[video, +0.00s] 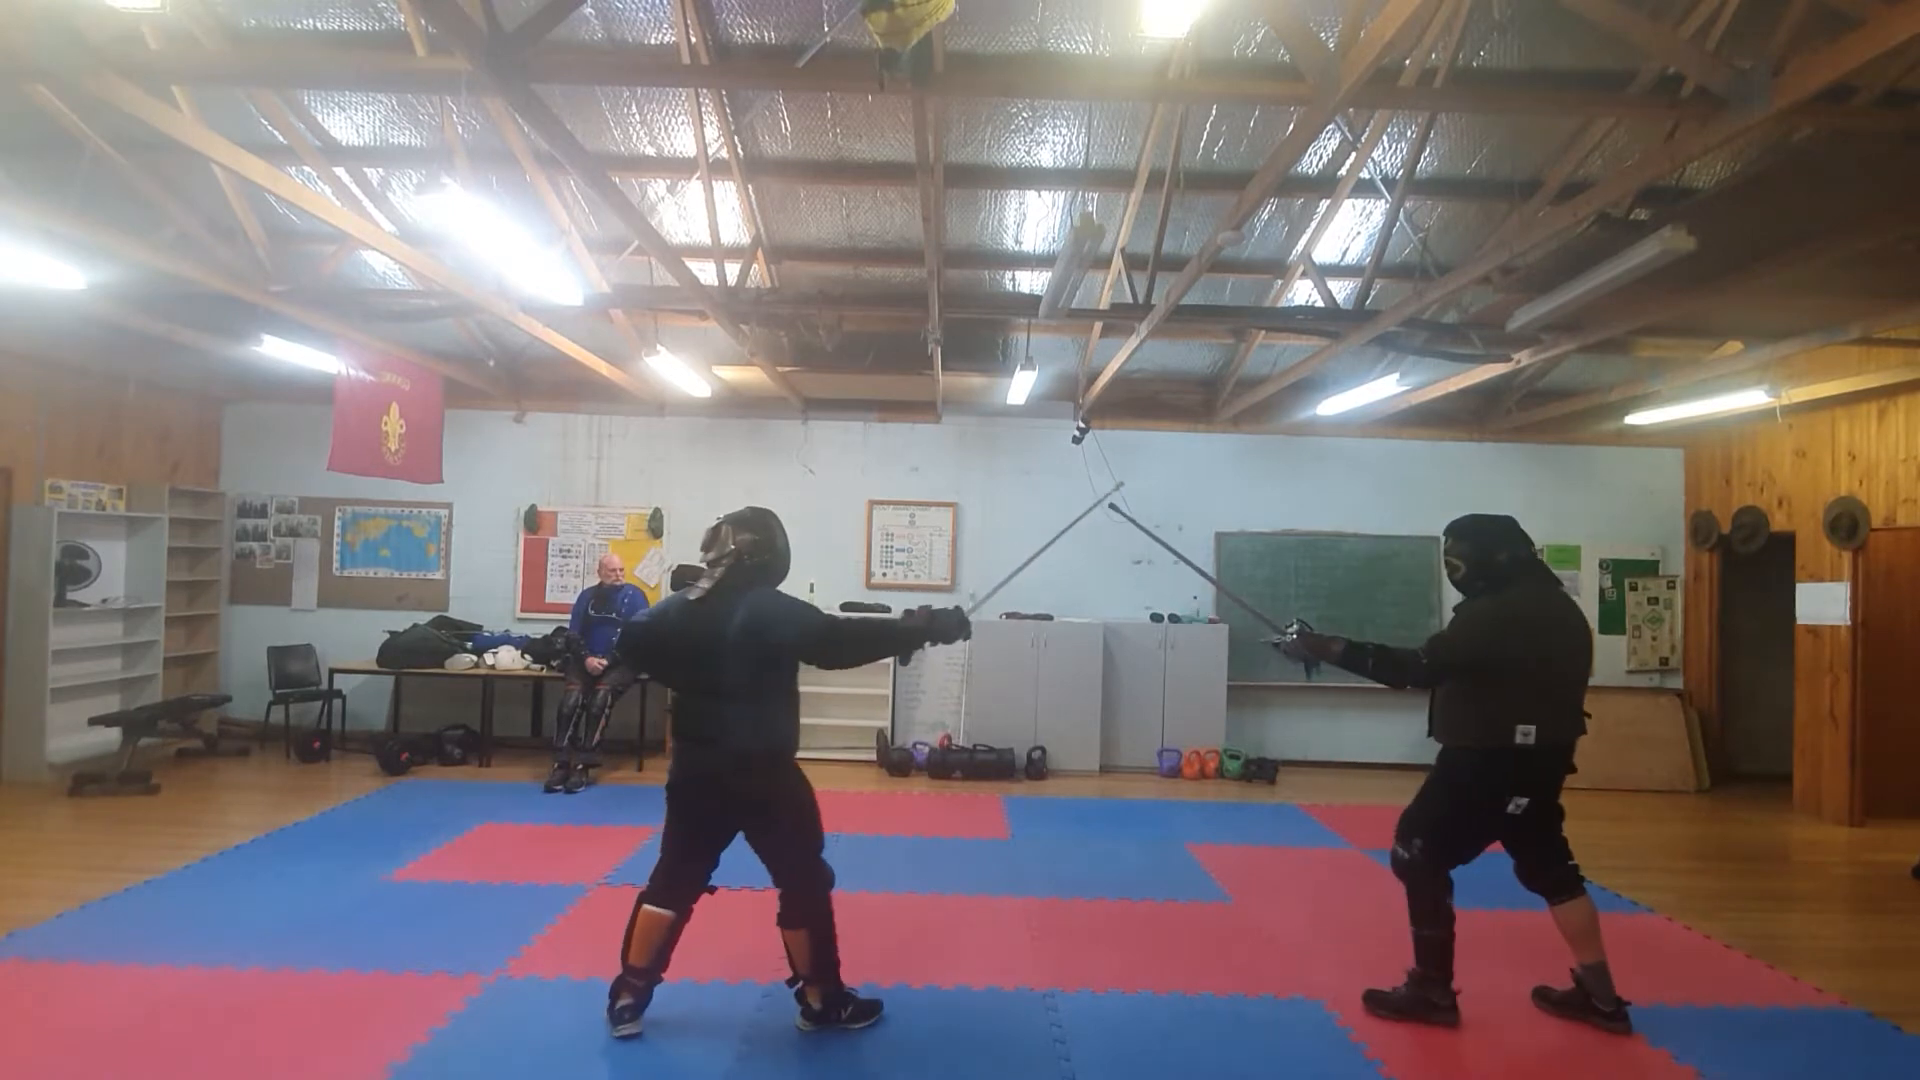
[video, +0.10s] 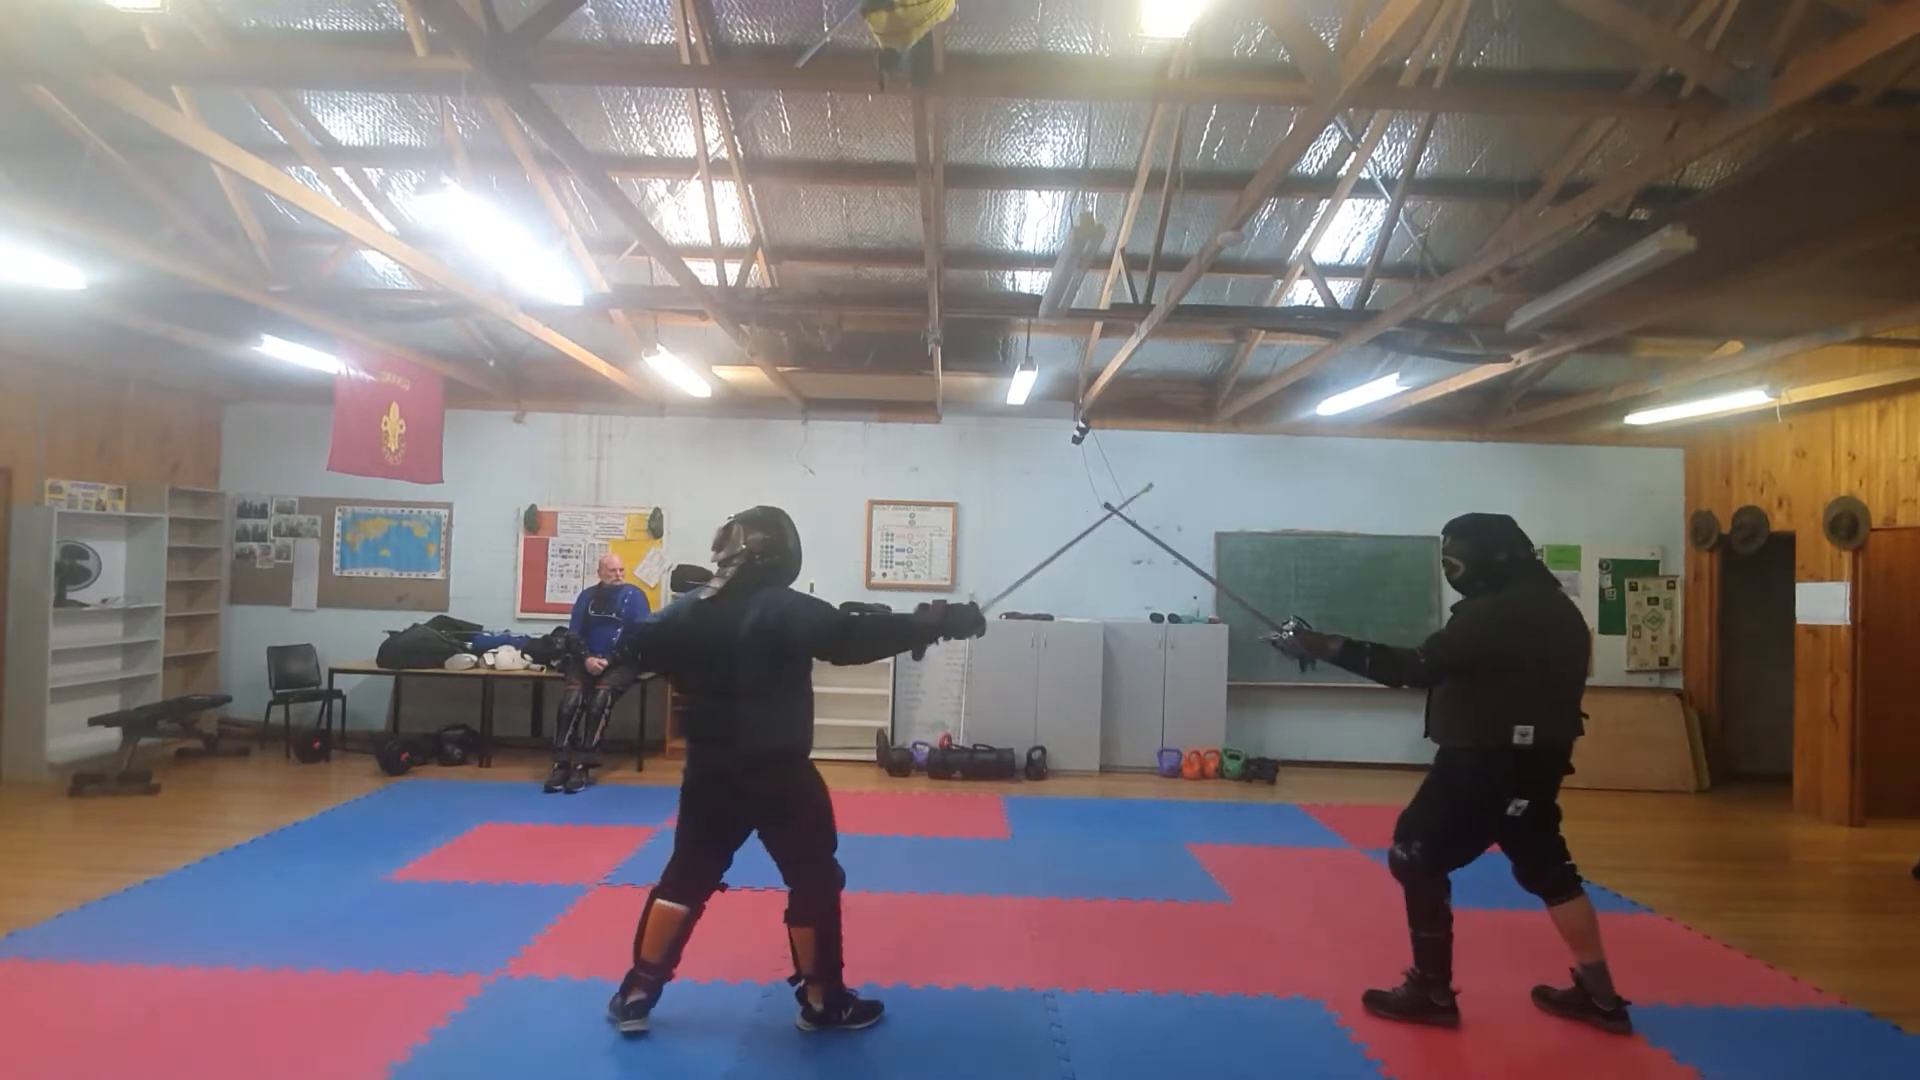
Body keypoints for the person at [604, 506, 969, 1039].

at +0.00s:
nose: (782, 566)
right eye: (779, 556)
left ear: (714, 555)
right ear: (772, 558)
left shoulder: (678, 615)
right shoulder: (779, 613)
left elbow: (632, 641)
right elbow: (840, 643)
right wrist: (922, 628)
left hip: (696, 781)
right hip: (770, 780)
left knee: (674, 878)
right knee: (804, 881)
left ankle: (628, 997)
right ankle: (821, 999)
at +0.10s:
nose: (793, 568)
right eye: (791, 558)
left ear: (726, 553)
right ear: (783, 557)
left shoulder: (687, 614)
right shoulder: (790, 610)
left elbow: (638, 644)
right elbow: (852, 638)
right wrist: (934, 622)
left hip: (711, 781)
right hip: (783, 779)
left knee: (685, 876)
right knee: (815, 879)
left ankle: (637, 993)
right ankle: (822, 999)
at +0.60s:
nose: (813, 568)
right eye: (810, 558)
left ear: (744, 556)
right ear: (802, 560)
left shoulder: (707, 613)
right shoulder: (805, 610)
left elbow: (663, 633)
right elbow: (871, 623)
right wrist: (953, 605)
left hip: (721, 781)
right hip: (792, 779)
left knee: (710, 880)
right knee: (852, 868)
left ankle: (670, 1000)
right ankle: (852, 997)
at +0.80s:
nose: (824, 572)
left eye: (821, 563)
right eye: (822, 563)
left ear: (762, 559)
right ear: (813, 565)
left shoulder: (729, 616)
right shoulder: (806, 624)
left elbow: (685, 631)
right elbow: (846, 699)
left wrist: (736, 598)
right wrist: (917, 671)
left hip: (737, 782)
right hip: (803, 784)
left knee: (722, 872)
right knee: (863, 876)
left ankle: (658, 983)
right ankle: (869, 1005)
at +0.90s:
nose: (813, 577)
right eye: (810, 567)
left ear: (747, 564)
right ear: (802, 571)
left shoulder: (719, 622)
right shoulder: (791, 630)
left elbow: (686, 632)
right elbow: (819, 714)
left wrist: (718, 605)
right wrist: (897, 700)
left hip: (728, 788)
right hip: (795, 790)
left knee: (706, 882)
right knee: (857, 881)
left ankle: (634, 984)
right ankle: (866, 1006)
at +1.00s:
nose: (795, 584)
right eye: (791, 574)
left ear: (730, 570)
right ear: (782, 577)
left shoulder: (700, 629)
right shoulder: (766, 640)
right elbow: (781, 714)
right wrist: (862, 698)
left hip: (706, 794)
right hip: (771, 797)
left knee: (680, 893)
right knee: (837, 889)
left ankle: (617, 1001)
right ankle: (866, 1007)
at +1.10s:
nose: (779, 587)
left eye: (778, 576)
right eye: (778, 575)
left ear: (716, 570)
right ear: (766, 576)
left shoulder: (694, 622)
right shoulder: (742, 631)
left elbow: (654, 642)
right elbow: (751, 702)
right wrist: (841, 700)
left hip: (684, 795)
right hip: (745, 797)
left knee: (670, 892)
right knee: (808, 893)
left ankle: (612, 1004)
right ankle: (855, 1004)